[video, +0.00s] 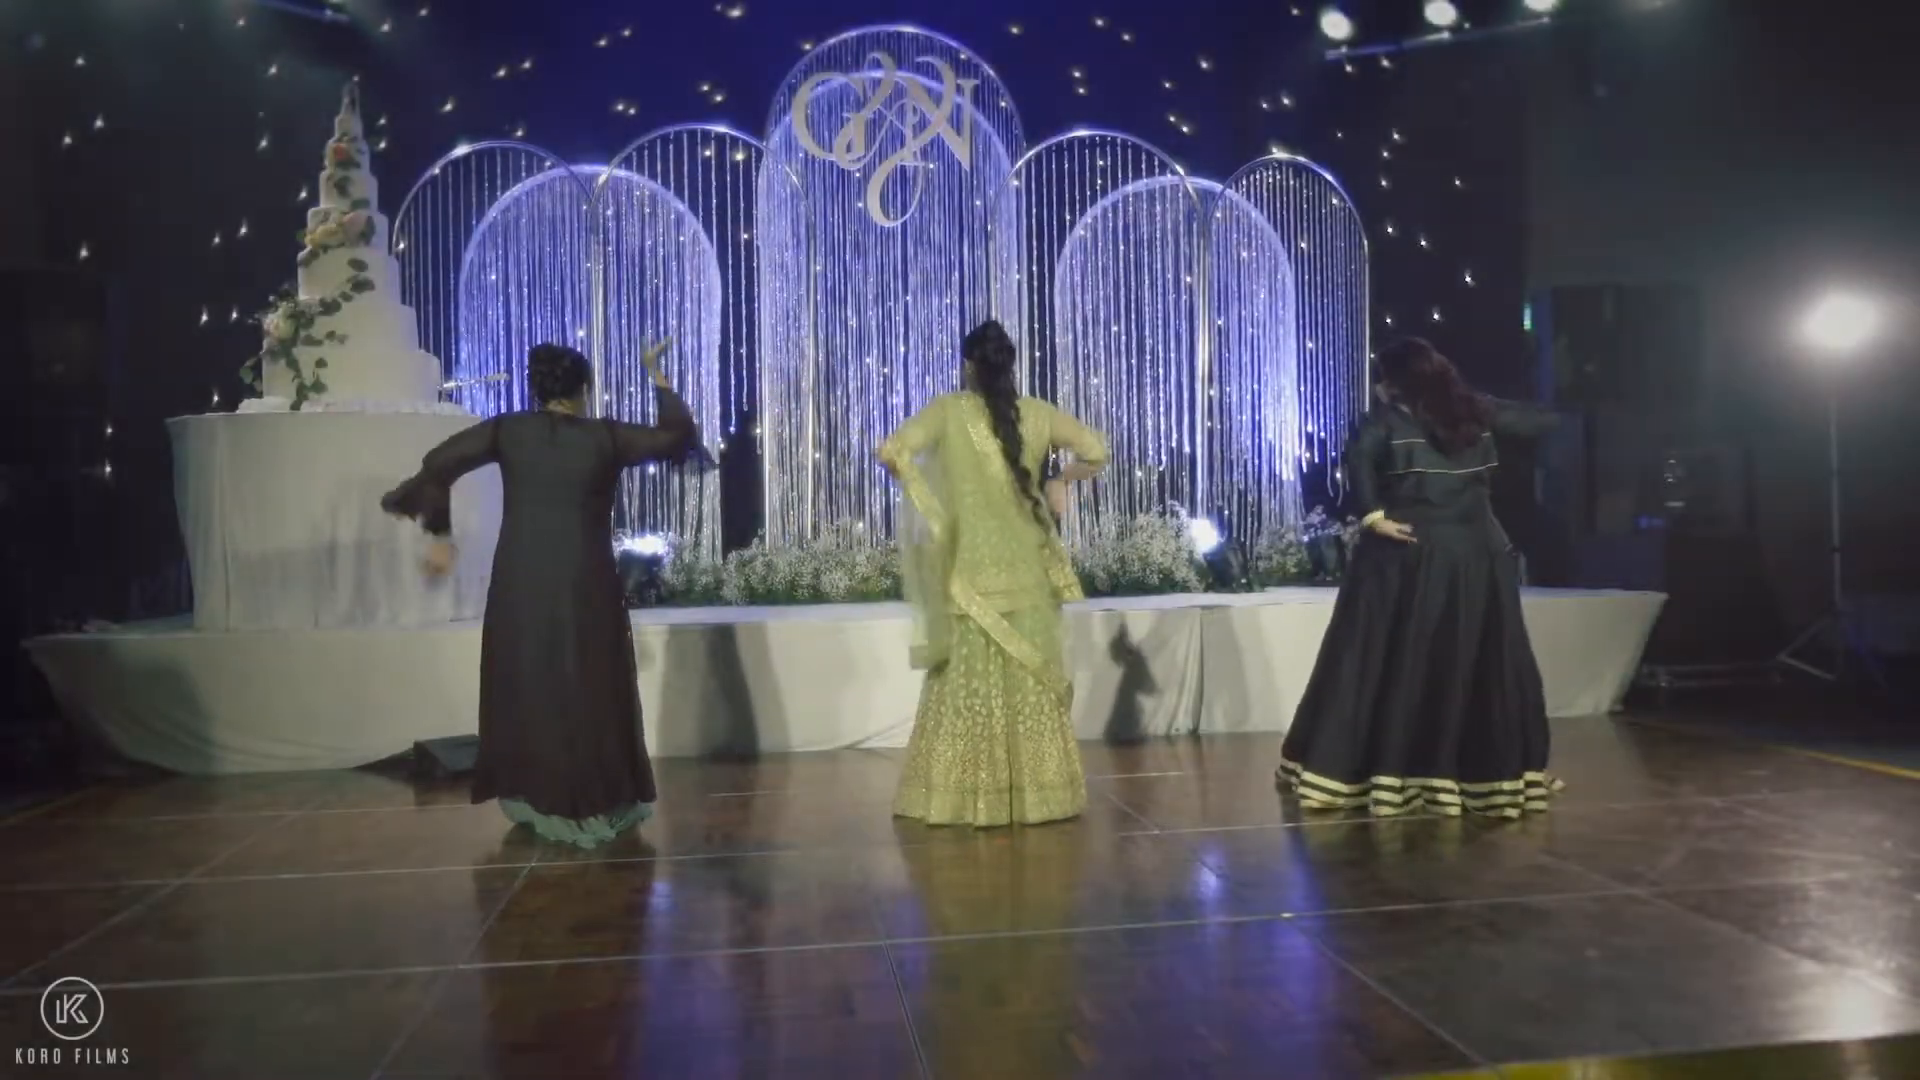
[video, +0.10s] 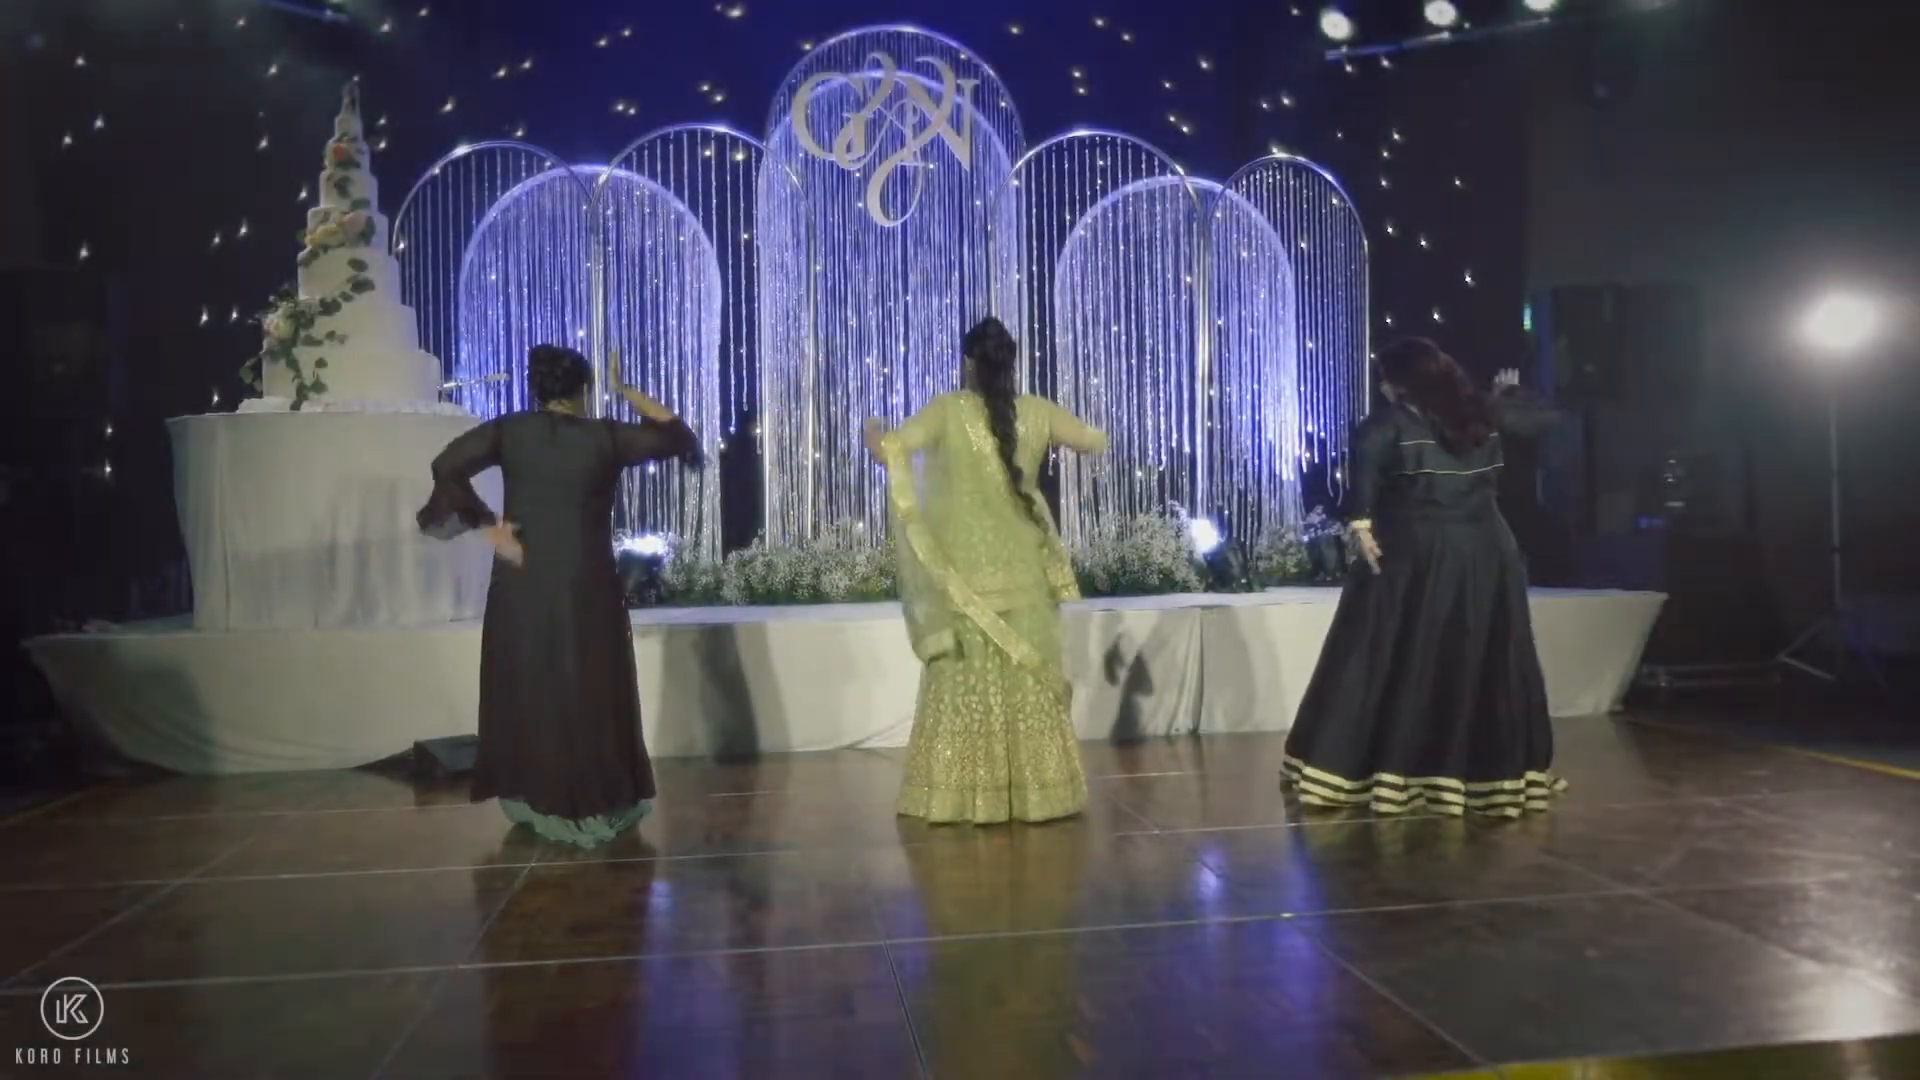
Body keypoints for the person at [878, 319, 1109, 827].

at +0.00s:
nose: (965, 369)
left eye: (965, 361)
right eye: (973, 360)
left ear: (966, 365)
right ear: (1011, 363)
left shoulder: (948, 410)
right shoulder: (1035, 411)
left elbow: (891, 452)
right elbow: (1097, 453)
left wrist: (933, 510)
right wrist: (1061, 481)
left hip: (972, 575)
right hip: (1030, 572)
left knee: (971, 691)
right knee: (1032, 687)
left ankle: (974, 798)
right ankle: (1034, 797)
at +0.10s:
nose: (963, 365)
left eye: (964, 358)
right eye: (972, 358)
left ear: (968, 362)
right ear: (1011, 362)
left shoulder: (946, 409)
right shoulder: (1037, 412)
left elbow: (889, 451)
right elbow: (1095, 441)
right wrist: (1052, 431)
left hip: (961, 568)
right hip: (1023, 568)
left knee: (965, 685)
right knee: (1028, 680)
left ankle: (968, 795)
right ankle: (1032, 794)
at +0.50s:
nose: (963, 366)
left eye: (964, 359)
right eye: (976, 359)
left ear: (967, 363)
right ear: (1010, 363)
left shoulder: (948, 407)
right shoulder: (1033, 414)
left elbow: (890, 445)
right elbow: (1090, 418)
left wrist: (922, 508)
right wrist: (1067, 375)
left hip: (964, 571)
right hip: (1023, 571)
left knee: (964, 689)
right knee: (1025, 686)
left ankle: (964, 797)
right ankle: (1024, 798)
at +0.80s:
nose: (963, 365)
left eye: (963, 358)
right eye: (974, 357)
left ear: (965, 362)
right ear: (1008, 361)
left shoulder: (947, 411)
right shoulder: (1036, 414)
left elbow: (894, 456)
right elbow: (1092, 441)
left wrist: (879, 435)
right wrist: (1075, 417)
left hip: (963, 571)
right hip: (1022, 571)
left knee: (963, 687)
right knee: (1024, 685)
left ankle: (966, 796)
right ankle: (1026, 798)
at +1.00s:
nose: (962, 364)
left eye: (962, 357)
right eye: (972, 356)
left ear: (964, 362)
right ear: (1007, 361)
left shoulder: (944, 408)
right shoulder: (1033, 408)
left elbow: (870, 413)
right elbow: (1093, 402)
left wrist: (857, 354)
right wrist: (1108, 355)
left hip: (960, 565)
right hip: (1022, 565)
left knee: (963, 684)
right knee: (1025, 681)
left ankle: (966, 796)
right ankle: (1028, 796)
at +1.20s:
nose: (968, 360)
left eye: (965, 353)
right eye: (984, 353)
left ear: (963, 362)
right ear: (1007, 364)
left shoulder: (938, 404)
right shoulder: (1025, 407)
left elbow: (896, 371)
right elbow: (1053, 365)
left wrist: (907, 311)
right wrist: (1048, 306)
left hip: (962, 564)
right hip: (1022, 561)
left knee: (961, 682)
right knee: (1024, 681)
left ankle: (962, 796)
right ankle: (1027, 795)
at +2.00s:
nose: (959, 366)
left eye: (960, 358)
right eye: (968, 358)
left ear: (962, 363)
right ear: (1005, 362)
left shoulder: (942, 407)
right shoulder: (1029, 408)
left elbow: (875, 430)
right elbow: (1089, 407)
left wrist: (879, 386)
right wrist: (1075, 362)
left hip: (958, 568)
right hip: (1018, 567)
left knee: (958, 685)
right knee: (1022, 681)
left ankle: (962, 795)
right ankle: (1025, 795)